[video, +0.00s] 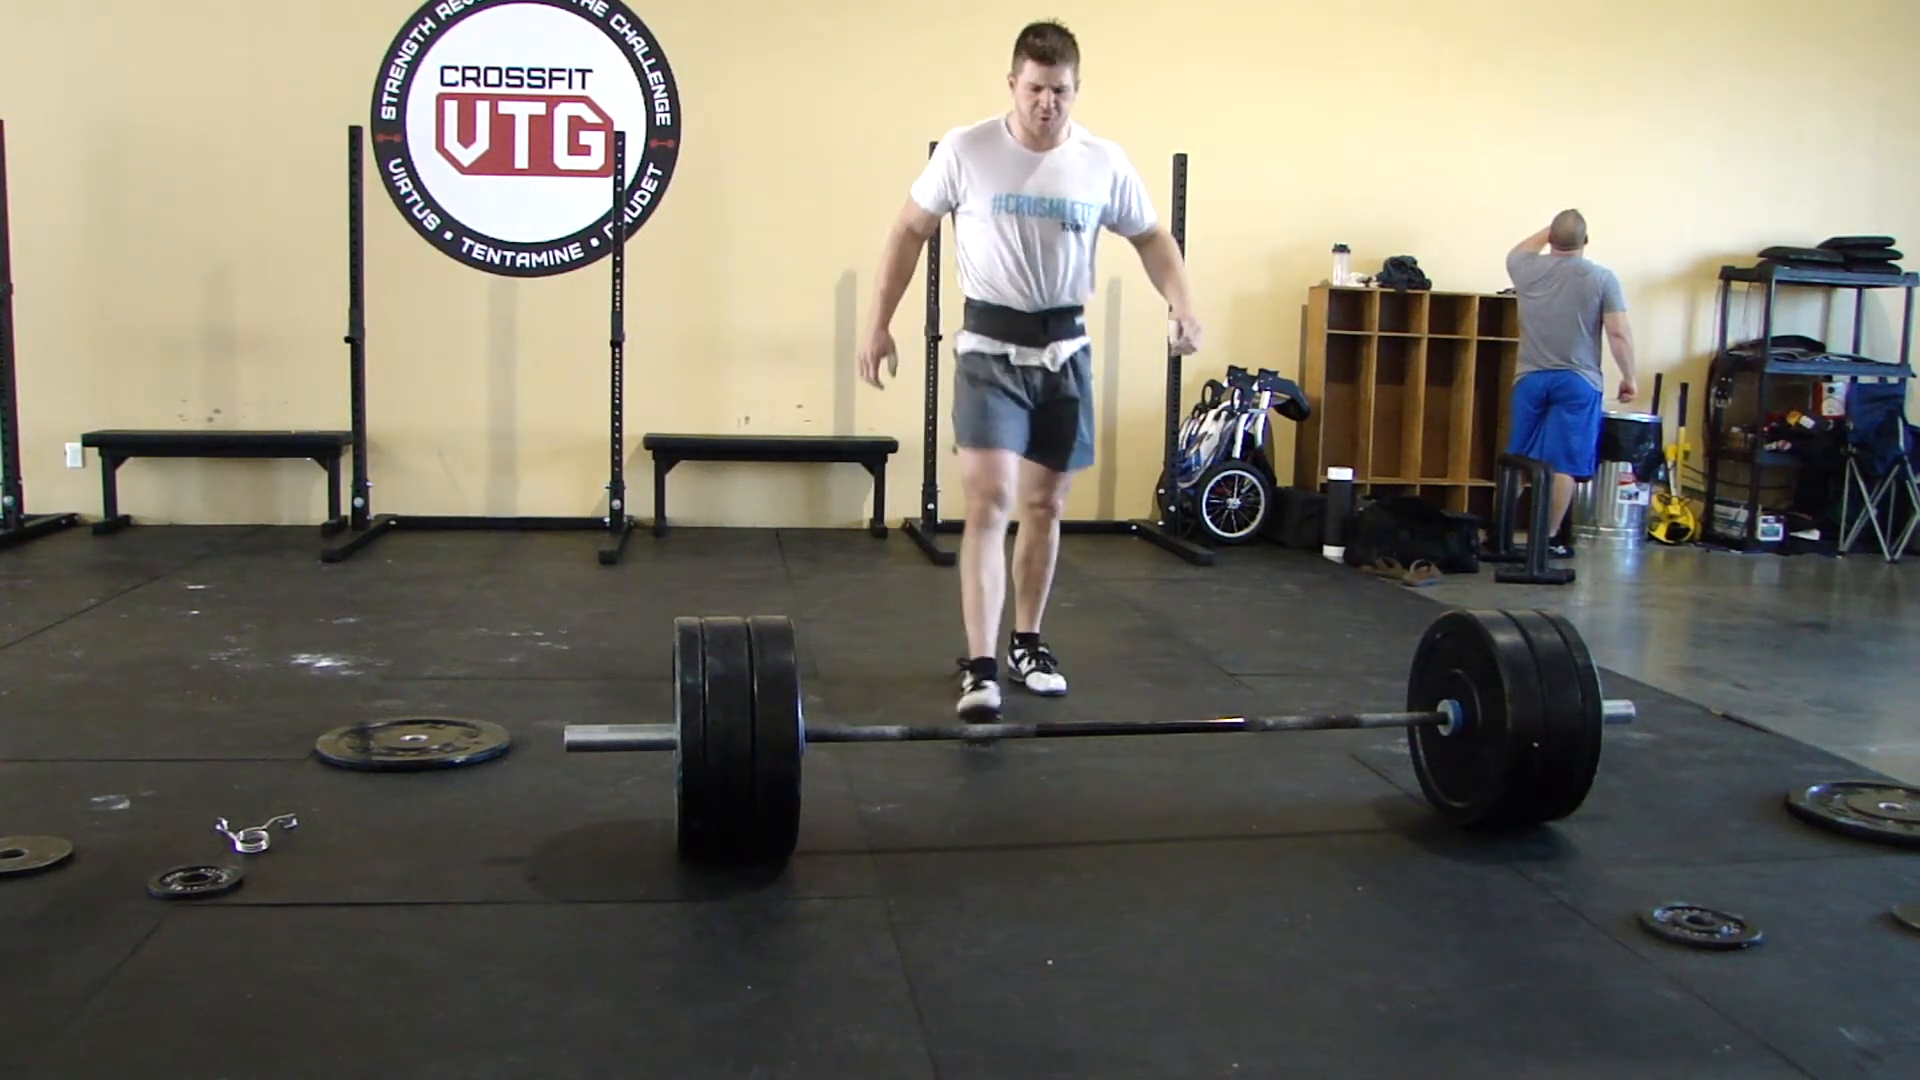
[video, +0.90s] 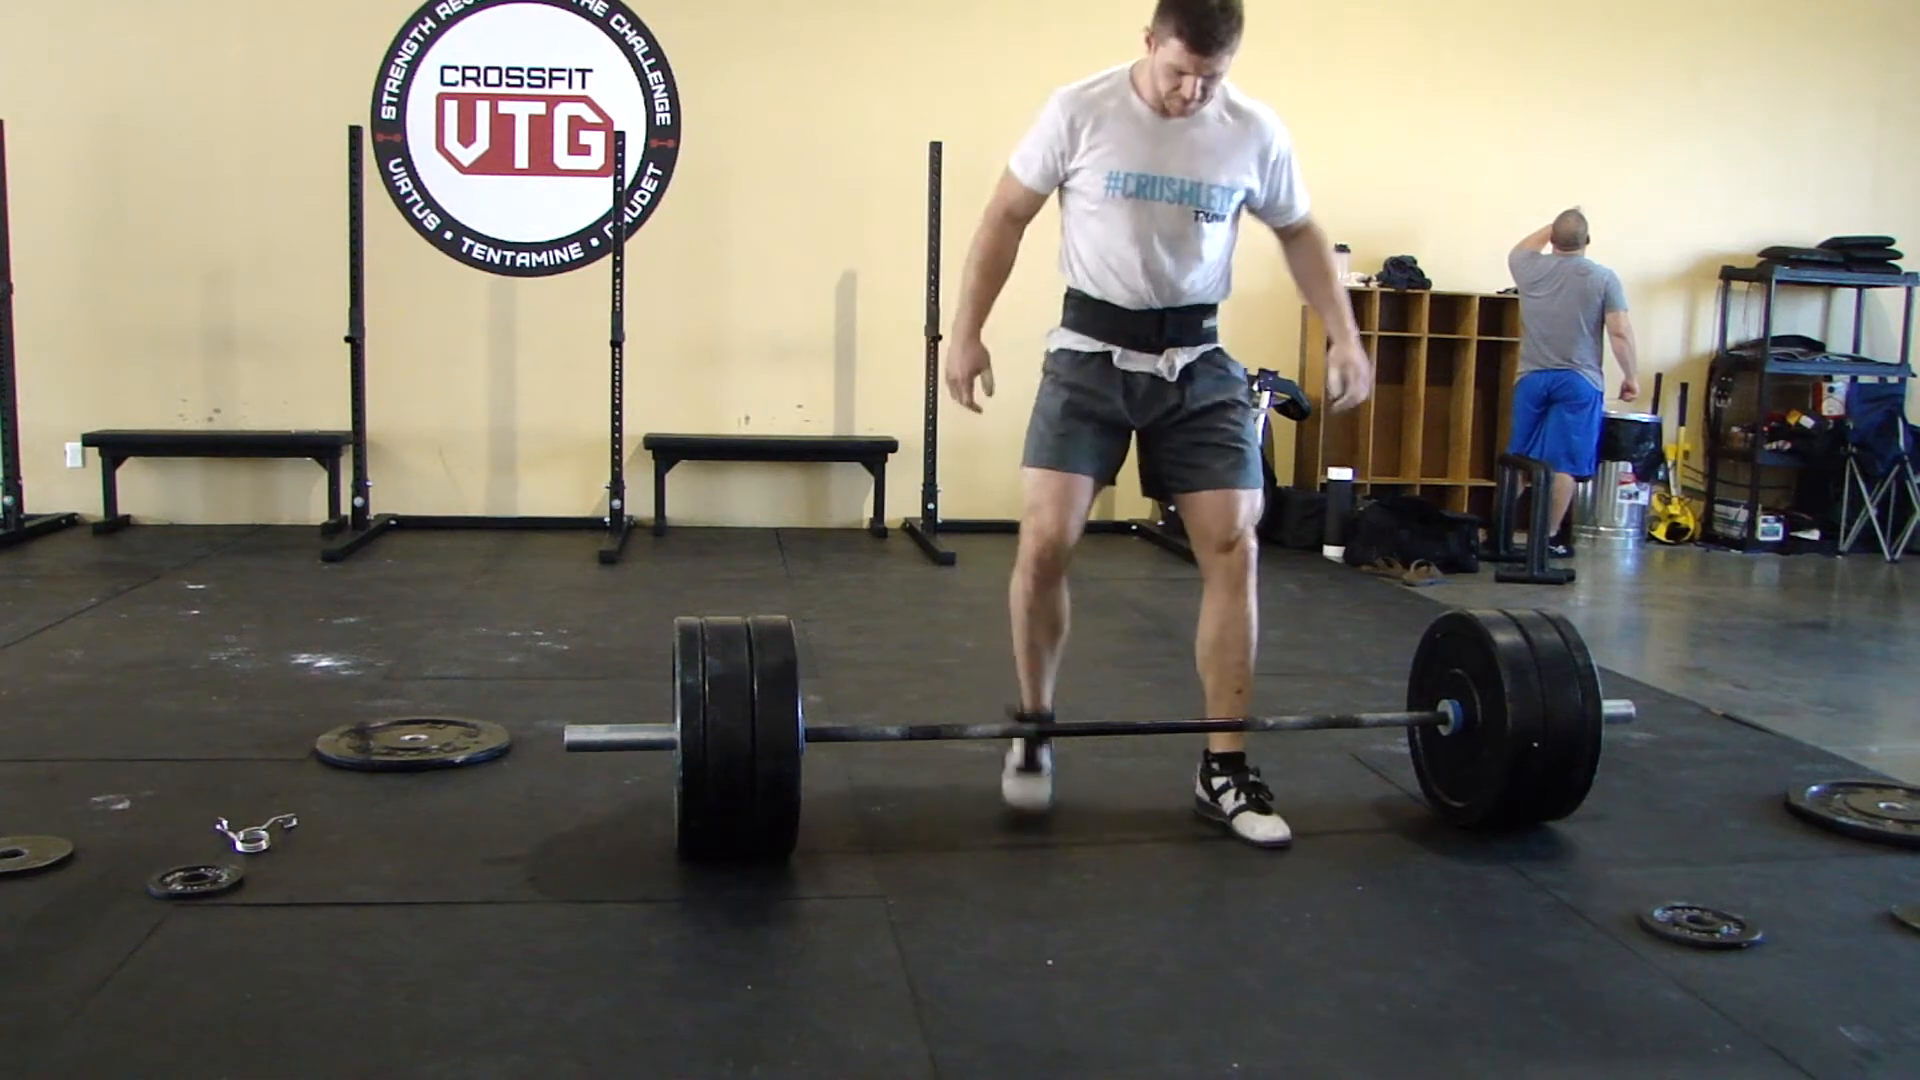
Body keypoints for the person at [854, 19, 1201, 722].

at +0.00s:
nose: (1046, 101)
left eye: (1059, 88)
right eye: (1035, 87)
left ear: (1076, 89)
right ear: (1011, 84)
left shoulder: (1104, 163)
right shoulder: (965, 151)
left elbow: (1151, 238)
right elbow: (911, 231)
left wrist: (1182, 303)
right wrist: (879, 325)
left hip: (1064, 356)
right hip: (989, 351)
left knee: (1044, 507)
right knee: (989, 499)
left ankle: (1027, 642)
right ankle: (981, 668)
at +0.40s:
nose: (1077, 79)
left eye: (1089, 65)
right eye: (1064, 64)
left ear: (1105, 56)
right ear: (1031, 49)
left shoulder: (1129, 130)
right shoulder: (977, 125)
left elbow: (1157, 228)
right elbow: (917, 214)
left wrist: (1180, 328)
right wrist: (882, 303)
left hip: (1105, 346)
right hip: (1013, 347)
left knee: (1157, 509)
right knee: (1010, 517)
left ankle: (1093, 650)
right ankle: (995, 699)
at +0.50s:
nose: (1095, 81)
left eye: (1108, 66)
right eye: (1082, 65)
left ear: (1123, 55)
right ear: (1048, 47)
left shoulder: (1146, 130)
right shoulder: (991, 124)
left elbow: (1171, 230)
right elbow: (917, 211)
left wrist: (1192, 329)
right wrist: (880, 316)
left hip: (1123, 351)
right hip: (1027, 351)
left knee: (1165, 518)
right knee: (1015, 523)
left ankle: (1160, 718)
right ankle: (996, 706)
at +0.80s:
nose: (1179, 98)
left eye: (1194, 84)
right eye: (1164, 80)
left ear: (1212, 71)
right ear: (1130, 53)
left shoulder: (1235, 142)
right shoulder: (1067, 125)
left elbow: (1273, 249)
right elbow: (992, 227)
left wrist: (1314, 358)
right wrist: (950, 340)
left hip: (1189, 370)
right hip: (1081, 365)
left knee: (1231, 549)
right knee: (1028, 557)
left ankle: (1226, 766)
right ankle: (1022, 680)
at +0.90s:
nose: (1193, 92)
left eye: (1209, 79)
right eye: (1181, 74)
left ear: (1231, 61)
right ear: (1147, 40)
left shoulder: (1254, 134)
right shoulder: (1079, 110)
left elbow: (1298, 231)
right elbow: (1005, 216)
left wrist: (1346, 338)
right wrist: (966, 330)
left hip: (1199, 368)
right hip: (1087, 359)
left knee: (1232, 547)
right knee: (1045, 544)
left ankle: (1226, 766)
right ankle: (1033, 729)